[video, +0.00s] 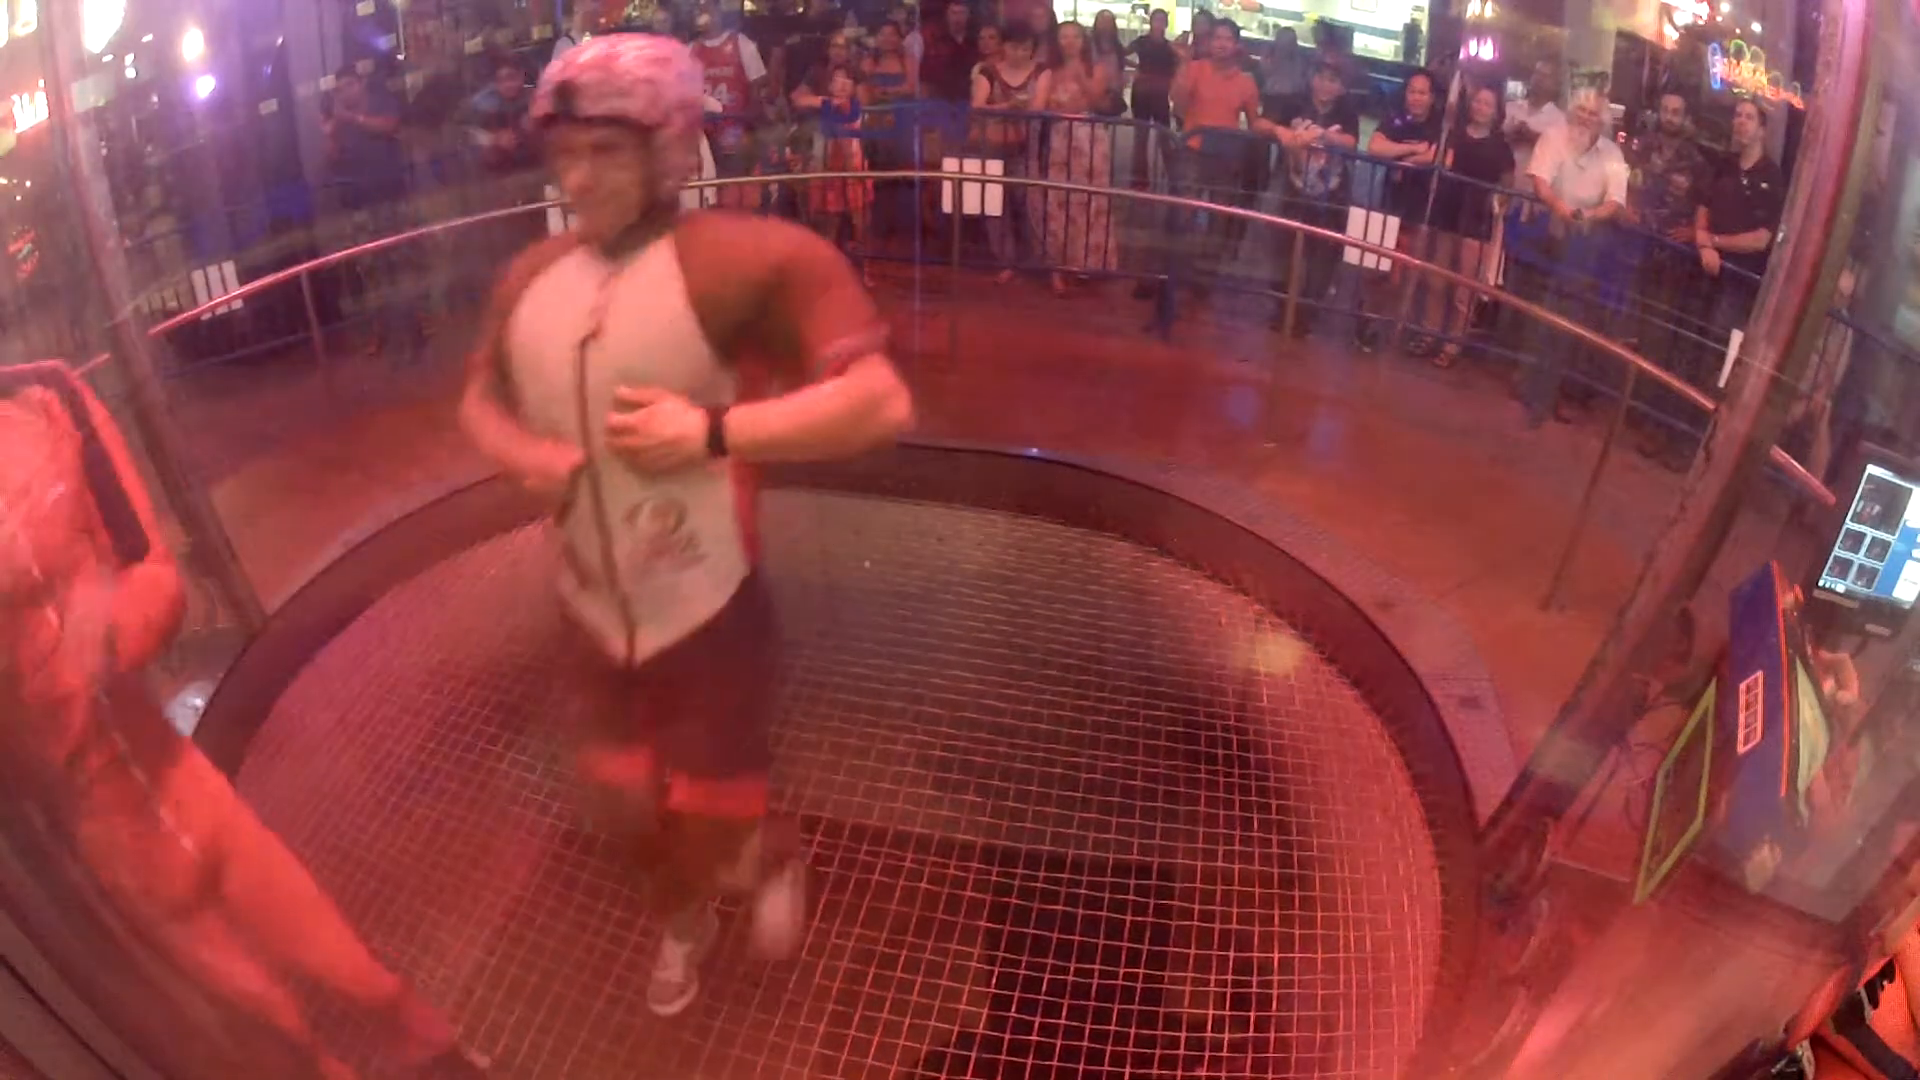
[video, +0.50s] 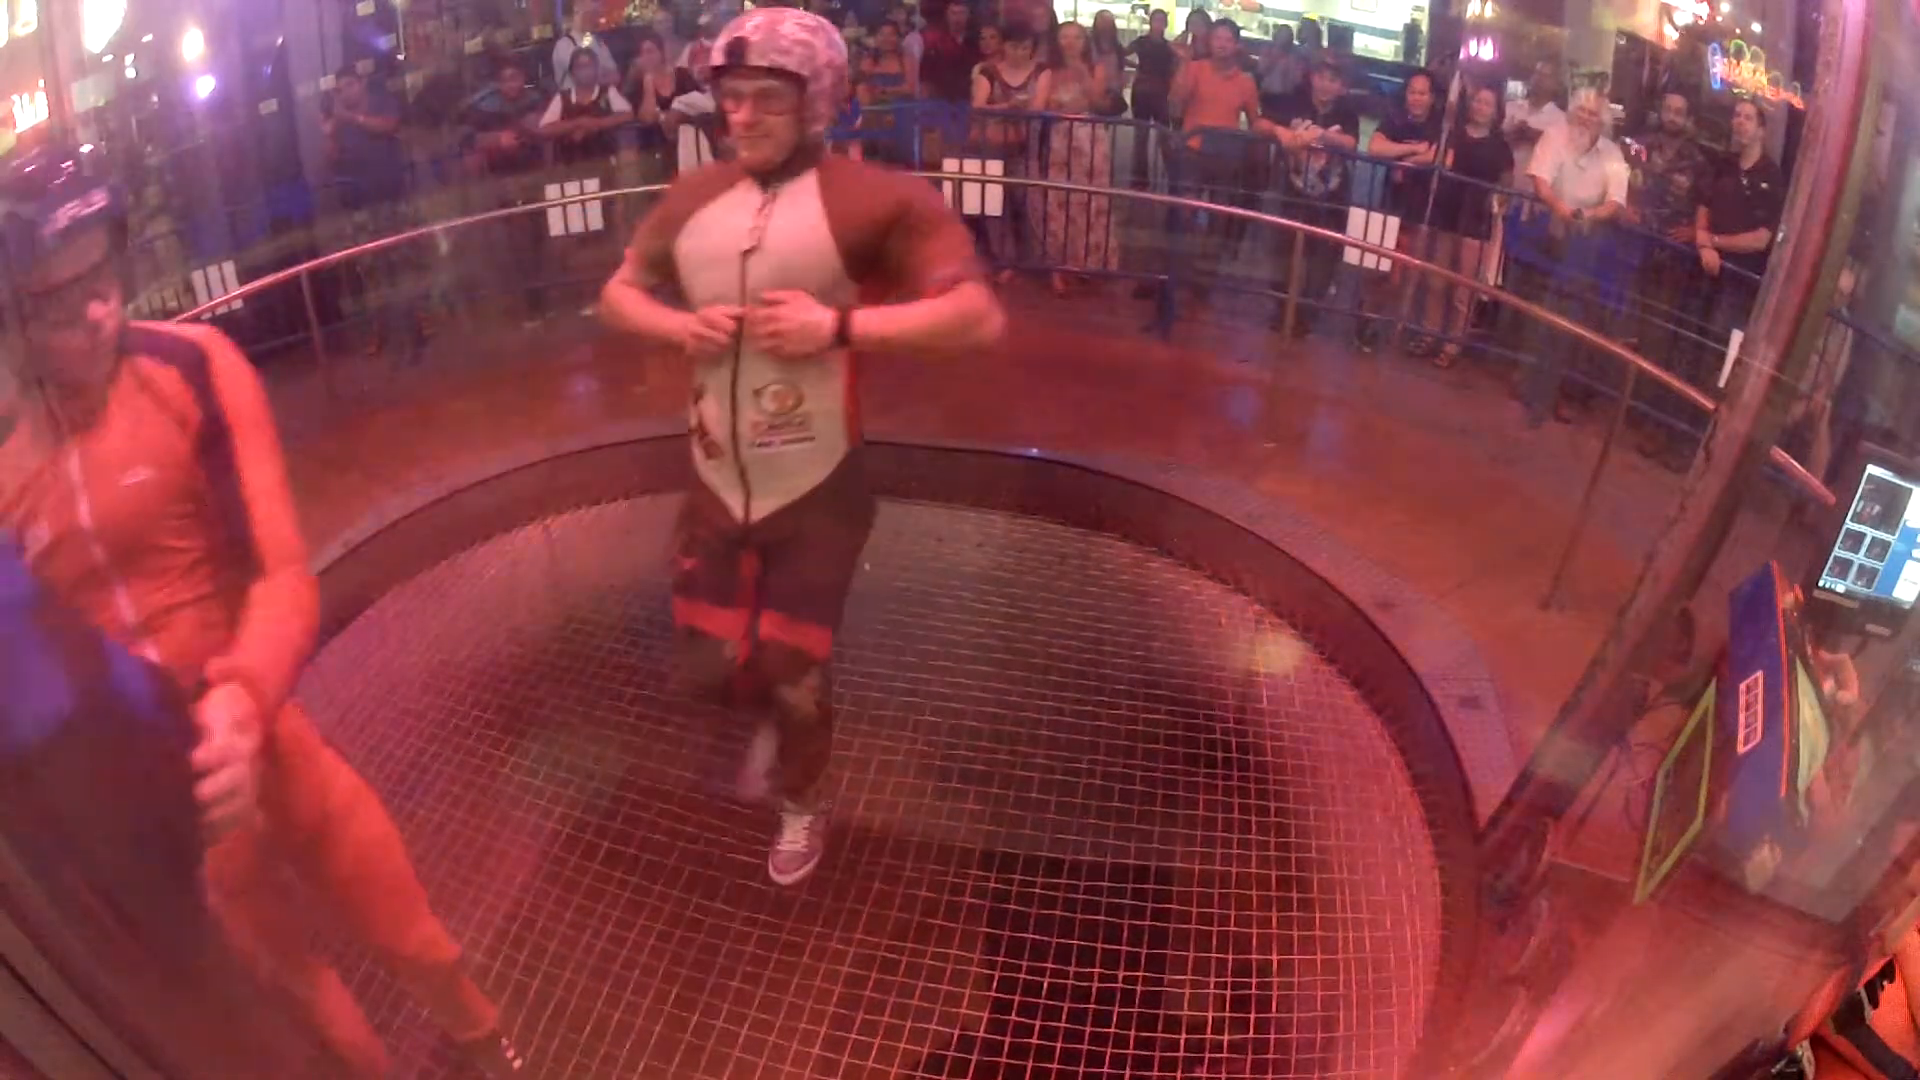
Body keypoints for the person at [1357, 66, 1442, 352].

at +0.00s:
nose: (1416, 98)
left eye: (1422, 93)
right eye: (1412, 91)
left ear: (1432, 99)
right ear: (1404, 95)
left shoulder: (1439, 129)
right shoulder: (1394, 122)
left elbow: (1439, 159)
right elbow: (1375, 147)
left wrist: (1403, 158)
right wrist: (1416, 148)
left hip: (1422, 213)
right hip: (1390, 209)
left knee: (1408, 275)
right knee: (1378, 269)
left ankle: (1397, 326)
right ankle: (1368, 319)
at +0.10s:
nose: (1416, 98)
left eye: (1422, 93)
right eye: (1412, 91)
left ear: (1433, 99)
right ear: (1405, 95)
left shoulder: (1439, 129)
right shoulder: (1394, 121)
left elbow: (1438, 159)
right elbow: (1375, 147)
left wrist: (1402, 158)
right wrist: (1416, 148)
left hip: (1423, 213)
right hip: (1390, 208)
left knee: (1408, 275)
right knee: (1378, 269)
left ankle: (1396, 325)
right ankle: (1368, 319)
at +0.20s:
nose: (1416, 98)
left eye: (1422, 93)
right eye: (1412, 92)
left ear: (1433, 99)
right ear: (1405, 95)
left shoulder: (1440, 129)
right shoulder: (1394, 121)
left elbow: (1440, 159)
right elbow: (1375, 147)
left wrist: (1403, 158)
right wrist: (1416, 148)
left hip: (1423, 213)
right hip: (1391, 209)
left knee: (1408, 275)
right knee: (1378, 269)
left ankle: (1397, 326)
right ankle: (1368, 320)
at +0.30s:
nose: (1416, 98)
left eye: (1422, 93)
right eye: (1412, 92)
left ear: (1433, 99)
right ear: (1404, 95)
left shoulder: (1440, 128)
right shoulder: (1394, 121)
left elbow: (1441, 159)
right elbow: (1375, 147)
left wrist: (1405, 159)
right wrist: (1416, 148)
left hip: (1423, 212)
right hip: (1391, 208)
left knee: (1408, 274)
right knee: (1378, 269)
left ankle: (1397, 326)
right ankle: (1368, 319)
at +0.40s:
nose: (1416, 98)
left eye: (1422, 93)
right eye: (1412, 92)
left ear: (1433, 99)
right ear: (1405, 95)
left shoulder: (1439, 129)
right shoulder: (1394, 122)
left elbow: (1440, 159)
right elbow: (1375, 147)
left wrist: (1405, 159)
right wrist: (1416, 148)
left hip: (1423, 213)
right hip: (1391, 209)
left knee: (1408, 275)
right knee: (1378, 269)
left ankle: (1399, 326)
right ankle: (1367, 320)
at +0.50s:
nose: (1416, 98)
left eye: (1422, 93)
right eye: (1412, 92)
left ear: (1433, 98)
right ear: (1405, 95)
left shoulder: (1439, 128)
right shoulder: (1394, 121)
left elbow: (1441, 159)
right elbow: (1375, 147)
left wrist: (1407, 160)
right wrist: (1417, 148)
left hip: (1423, 213)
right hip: (1391, 209)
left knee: (1409, 275)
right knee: (1379, 269)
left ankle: (1399, 326)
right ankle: (1367, 320)